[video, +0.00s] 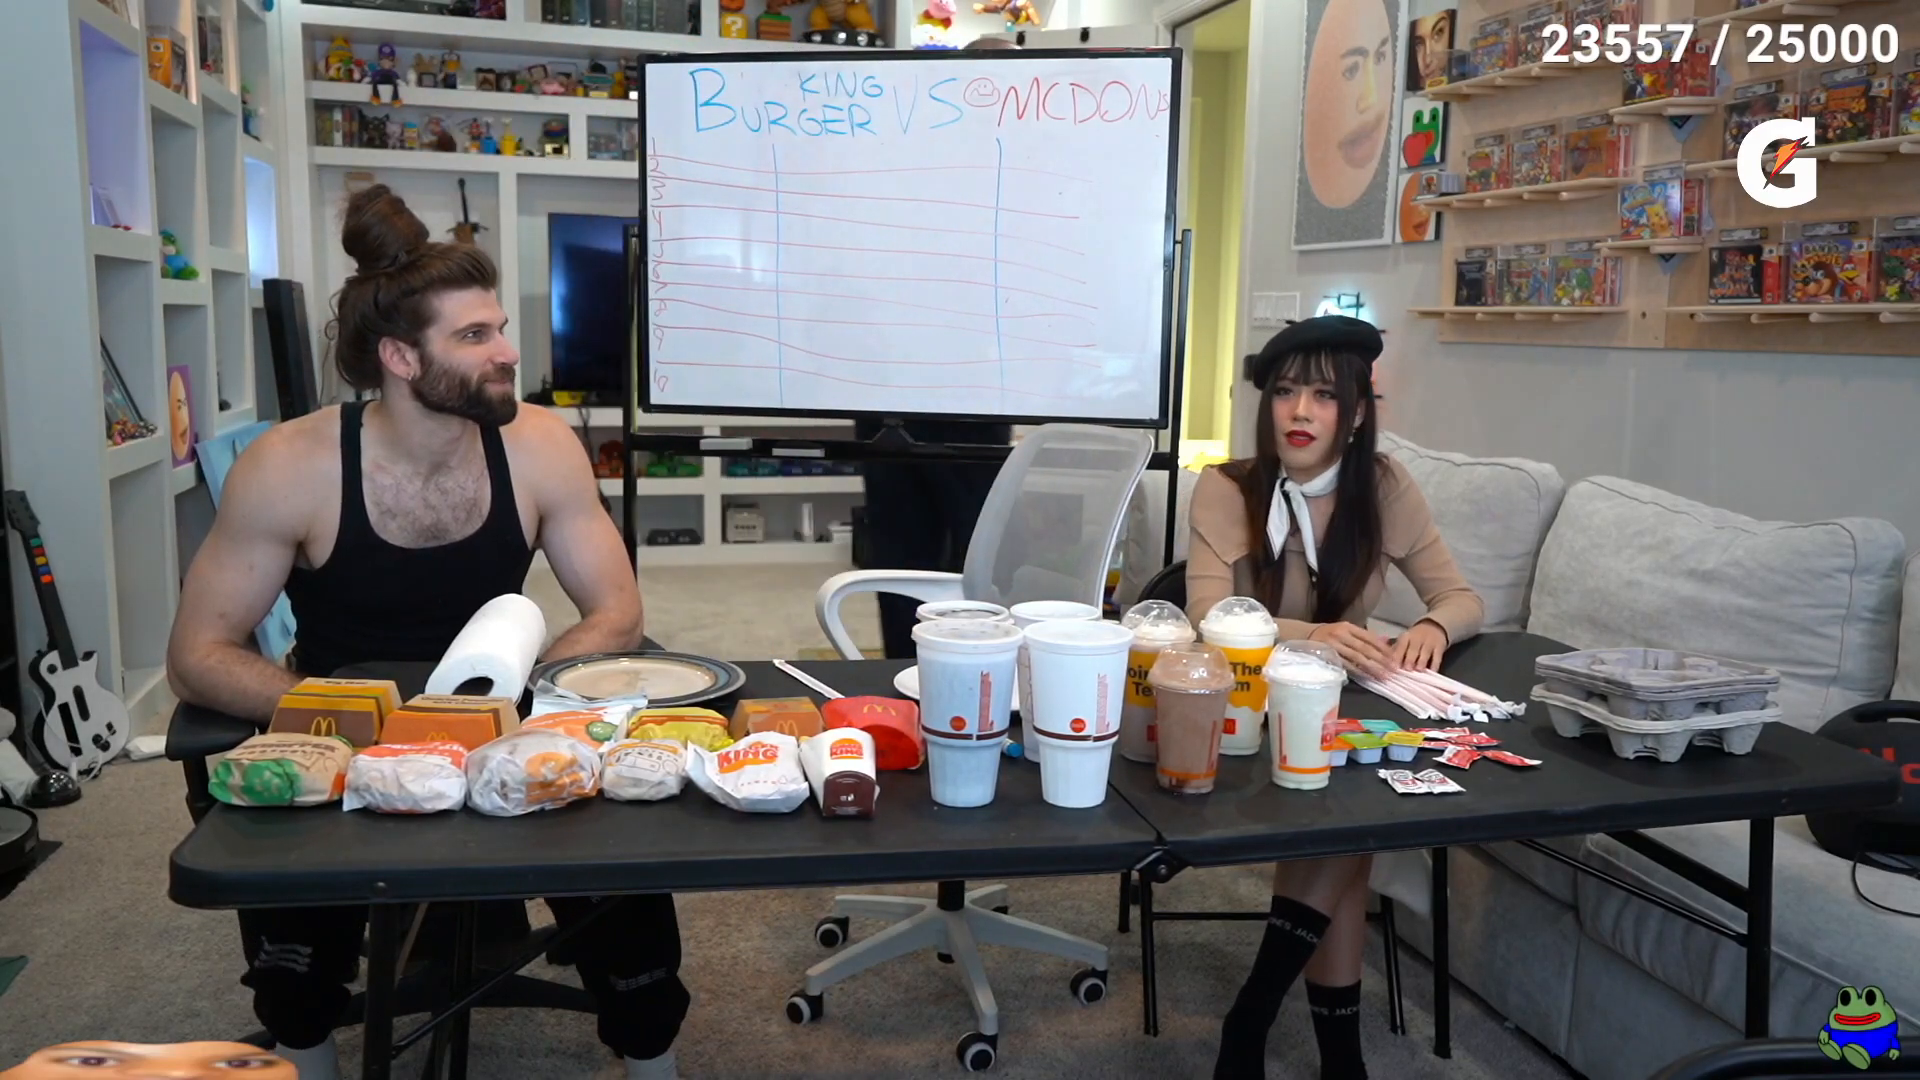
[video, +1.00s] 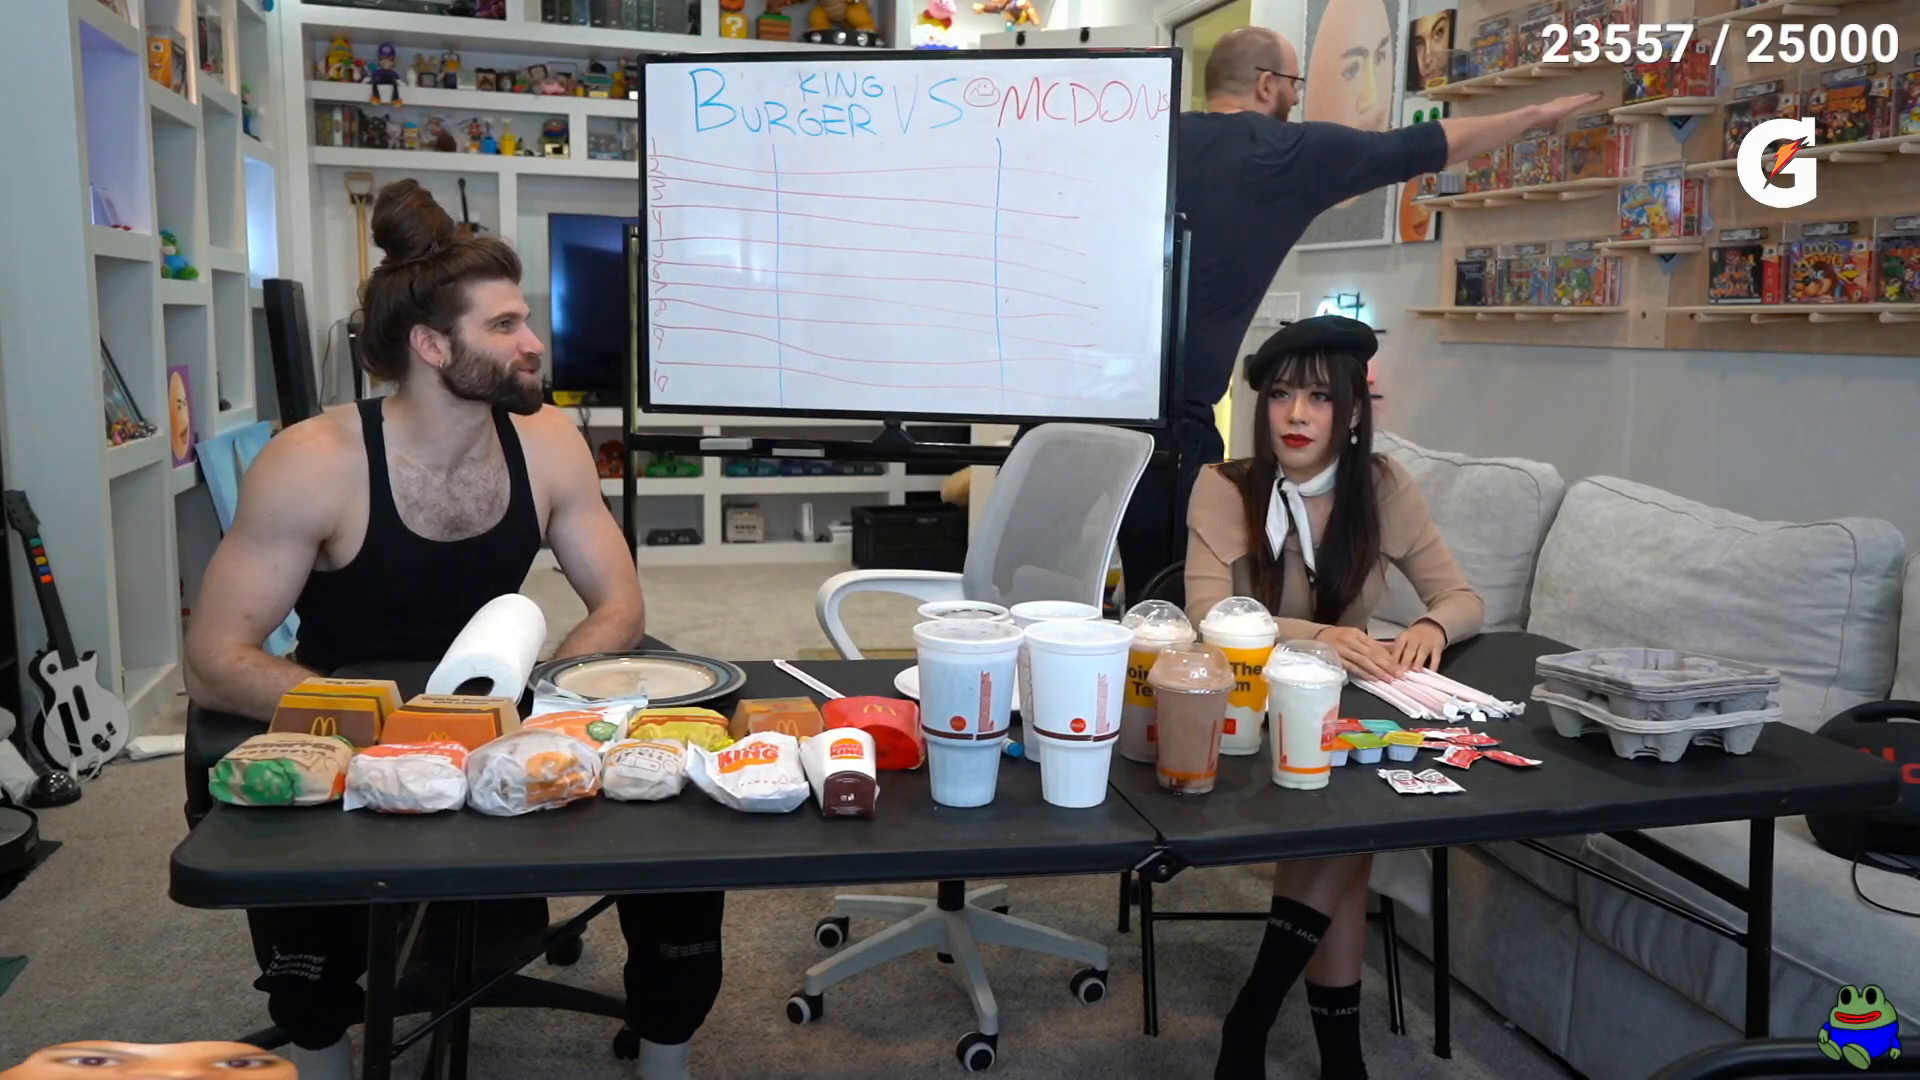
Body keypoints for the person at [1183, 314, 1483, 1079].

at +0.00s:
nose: (1300, 411)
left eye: (1323, 395)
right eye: (1287, 391)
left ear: (1358, 412)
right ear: (1265, 401)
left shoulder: (1383, 486)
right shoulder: (1225, 491)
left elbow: (1462, 598)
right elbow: (1210, 624)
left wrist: (1434, 624)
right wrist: (1310, 633)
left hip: (1341, 708)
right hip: (1244, 711)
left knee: (1344, 817)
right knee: (1351, 831)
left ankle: (1247, 1025)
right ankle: (1343, 1062)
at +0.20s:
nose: (1302, 415)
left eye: (1325, 398)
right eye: (1288, 395)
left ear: (1361, 412)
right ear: (1268, 404)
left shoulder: (1386, 486)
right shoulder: (1231, 489)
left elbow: (1464, 598)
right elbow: (1214, 619)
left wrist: (1435, 622)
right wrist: (1317, 634)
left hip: (1341, 708)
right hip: (1245, 711)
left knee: (1346, 818)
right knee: (1351, 834)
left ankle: (1252, 1023)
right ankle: (1343, 1064)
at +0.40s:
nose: (1301, 414)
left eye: (1324, 397)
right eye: (1287, 394)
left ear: (1359, 412)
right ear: (1266, 402)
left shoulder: (1383, 485)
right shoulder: (1228, 490)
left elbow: (1463, 598)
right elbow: (1213, 619)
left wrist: (1433, 625)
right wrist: (1318, 635)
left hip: (1340, 708)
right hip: (1242, 712)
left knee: (1350, 817)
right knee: (1351, 833)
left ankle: (1250, 1024)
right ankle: (1343, 1063)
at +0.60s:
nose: (1299, 414)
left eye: (1322, 397)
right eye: (1285, 394)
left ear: (1357, 411)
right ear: (1263, 403)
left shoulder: (1382, 485)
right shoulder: (1225, 491)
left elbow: (1463, 598)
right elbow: (1211, 621)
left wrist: (1432, 624)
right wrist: (1317, 635)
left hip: (1341, 707)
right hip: (1243, 711)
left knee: (1343, 820)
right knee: (1351, 835)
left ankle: (1247, 1025)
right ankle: (1343, 1063)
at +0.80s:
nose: (1297, 414)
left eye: (1320, 397)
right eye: (1283, 394)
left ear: (1354, 412)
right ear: (1261, 402)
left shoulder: (1381, 484)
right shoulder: (1225, 488)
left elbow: (1463, 598)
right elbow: (1210, 618)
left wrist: (1432, 624)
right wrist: (1314, 634)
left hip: (1343, 703)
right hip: (1245, 707)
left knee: (1344, 819)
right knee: (1351, 836)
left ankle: (1247, 1024)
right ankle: (1343, 1063)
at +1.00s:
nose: (1296, 414)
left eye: (1319, 396)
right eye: (1282, 394)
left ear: (1354, 411)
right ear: (1262, 403)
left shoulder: (1381, 484)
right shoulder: (1225, 487)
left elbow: (1464, 598)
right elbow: (1210, 617)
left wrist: (1432, 624)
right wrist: (1314, 634)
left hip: (1343, 702)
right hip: (1245, 706)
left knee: (1345, 819)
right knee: (1351, 834)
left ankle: (1247, 1025)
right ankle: (1343, 1063)